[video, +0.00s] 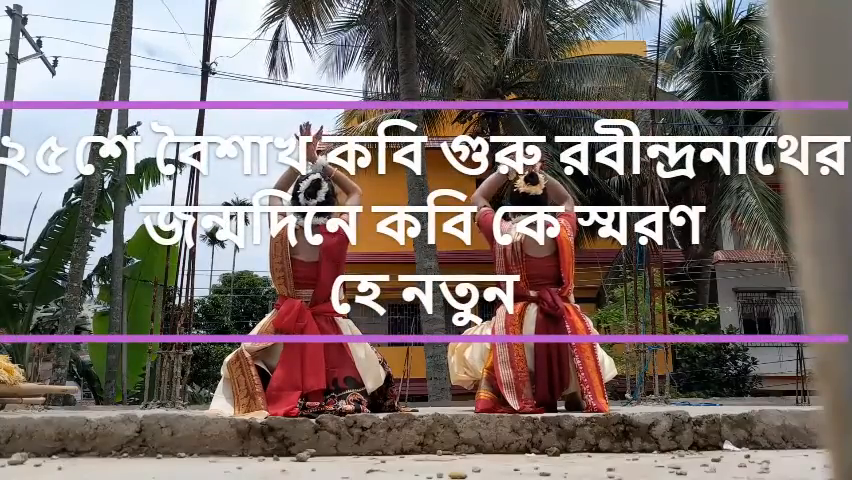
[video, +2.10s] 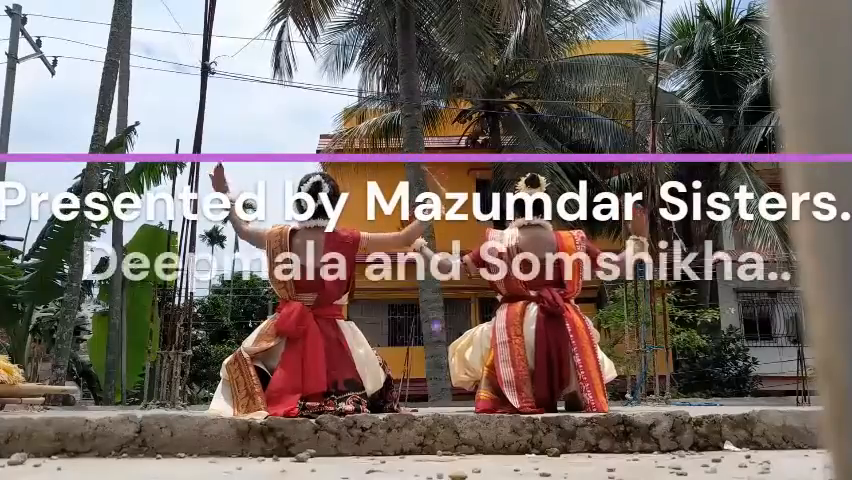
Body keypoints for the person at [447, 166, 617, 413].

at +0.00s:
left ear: (510, 206)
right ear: (544, 204)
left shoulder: (502, 233)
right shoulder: (562, 231)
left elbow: (479, 197)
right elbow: (566, 200)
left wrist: (505, 171)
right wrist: (540, 176)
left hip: (517, 320)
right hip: (562, 319)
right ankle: (575, 395)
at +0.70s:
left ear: (514, 207)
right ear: (546, 207)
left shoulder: (501, 233)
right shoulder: (564, 232)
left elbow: (462, 219)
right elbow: (595, 209)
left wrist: (467, 184)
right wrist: (568, 180)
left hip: (514, 316)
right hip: (559, 315)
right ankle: (579, 397)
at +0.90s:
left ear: (510, 207)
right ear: (544, 207)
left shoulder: (495, 236)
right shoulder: (566, 234)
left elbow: (446, 222)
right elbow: (605, 221)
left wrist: (447, 192)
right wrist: (593, 192)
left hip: (512, 325)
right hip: (561, 323)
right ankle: (575, 394)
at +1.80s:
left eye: (515, 204)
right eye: (537, 202)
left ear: (511, 209)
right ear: (547, 207)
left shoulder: (494, 240)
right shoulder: (569, 238)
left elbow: (442, 252)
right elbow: (619, 245)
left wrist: (426, 226)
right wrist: (616, 216)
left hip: (512, 328)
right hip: (563, 326)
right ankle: (578, 395)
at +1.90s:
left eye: (522, 201)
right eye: (536, 201)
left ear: (511, 206)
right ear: (547, 205)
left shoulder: (493, 240)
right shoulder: (570, 240)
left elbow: (452, 260)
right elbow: (620, 253)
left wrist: (423, 239)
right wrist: (624, 227)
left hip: (511, 330)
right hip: (565, 327)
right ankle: (578, 400)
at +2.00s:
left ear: (512, 207)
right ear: (548, 207)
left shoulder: (495, 241)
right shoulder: (571, 240)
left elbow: (449, 265)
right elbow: (617, 260)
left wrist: (419, 244)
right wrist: (633, 239)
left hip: (513, 330)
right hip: (565, 328)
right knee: (578, 403)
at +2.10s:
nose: (528, 213)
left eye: (526, 205)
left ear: (513, 206)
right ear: (548, 204)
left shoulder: (499, 240)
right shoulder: (572, 239)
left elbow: (462, 265)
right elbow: (609, 266)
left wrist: (427, 253)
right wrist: (637, 238)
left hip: (512, 317)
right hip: (565, 316)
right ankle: (581, 402)